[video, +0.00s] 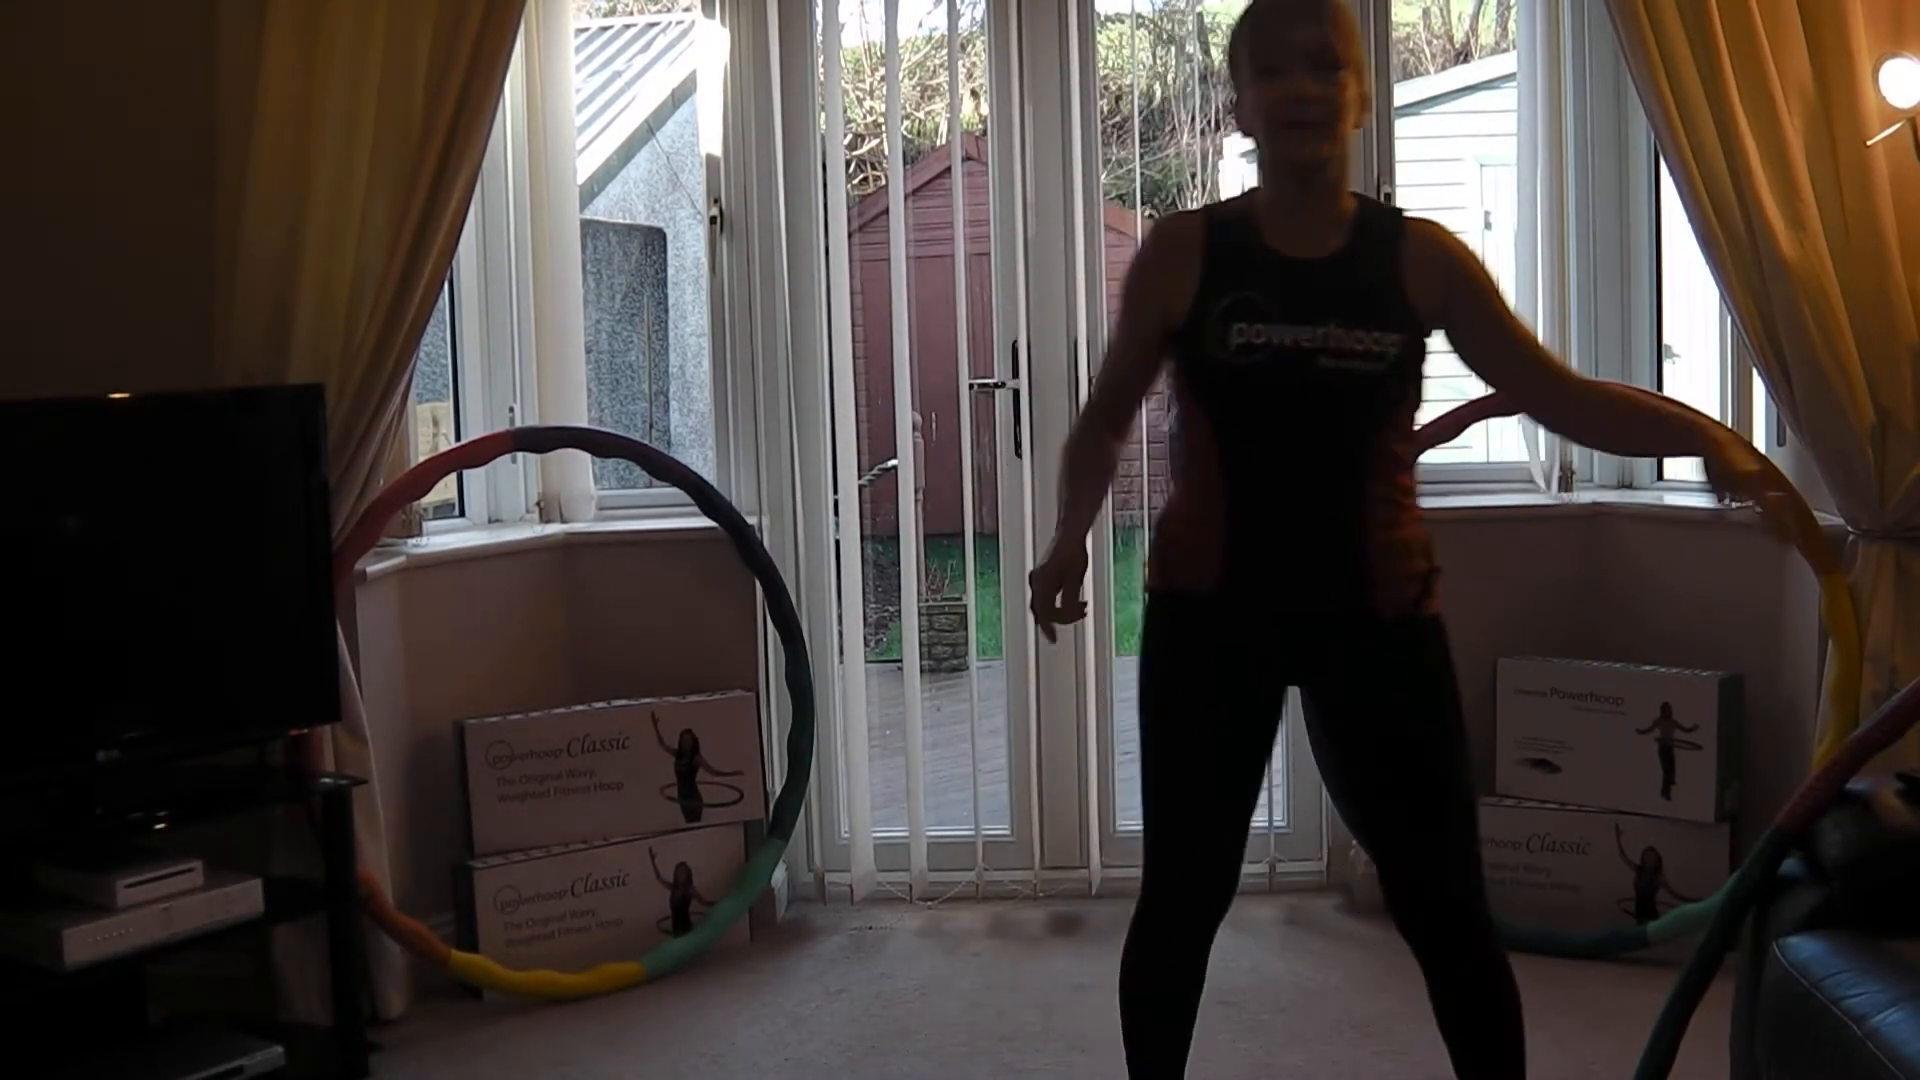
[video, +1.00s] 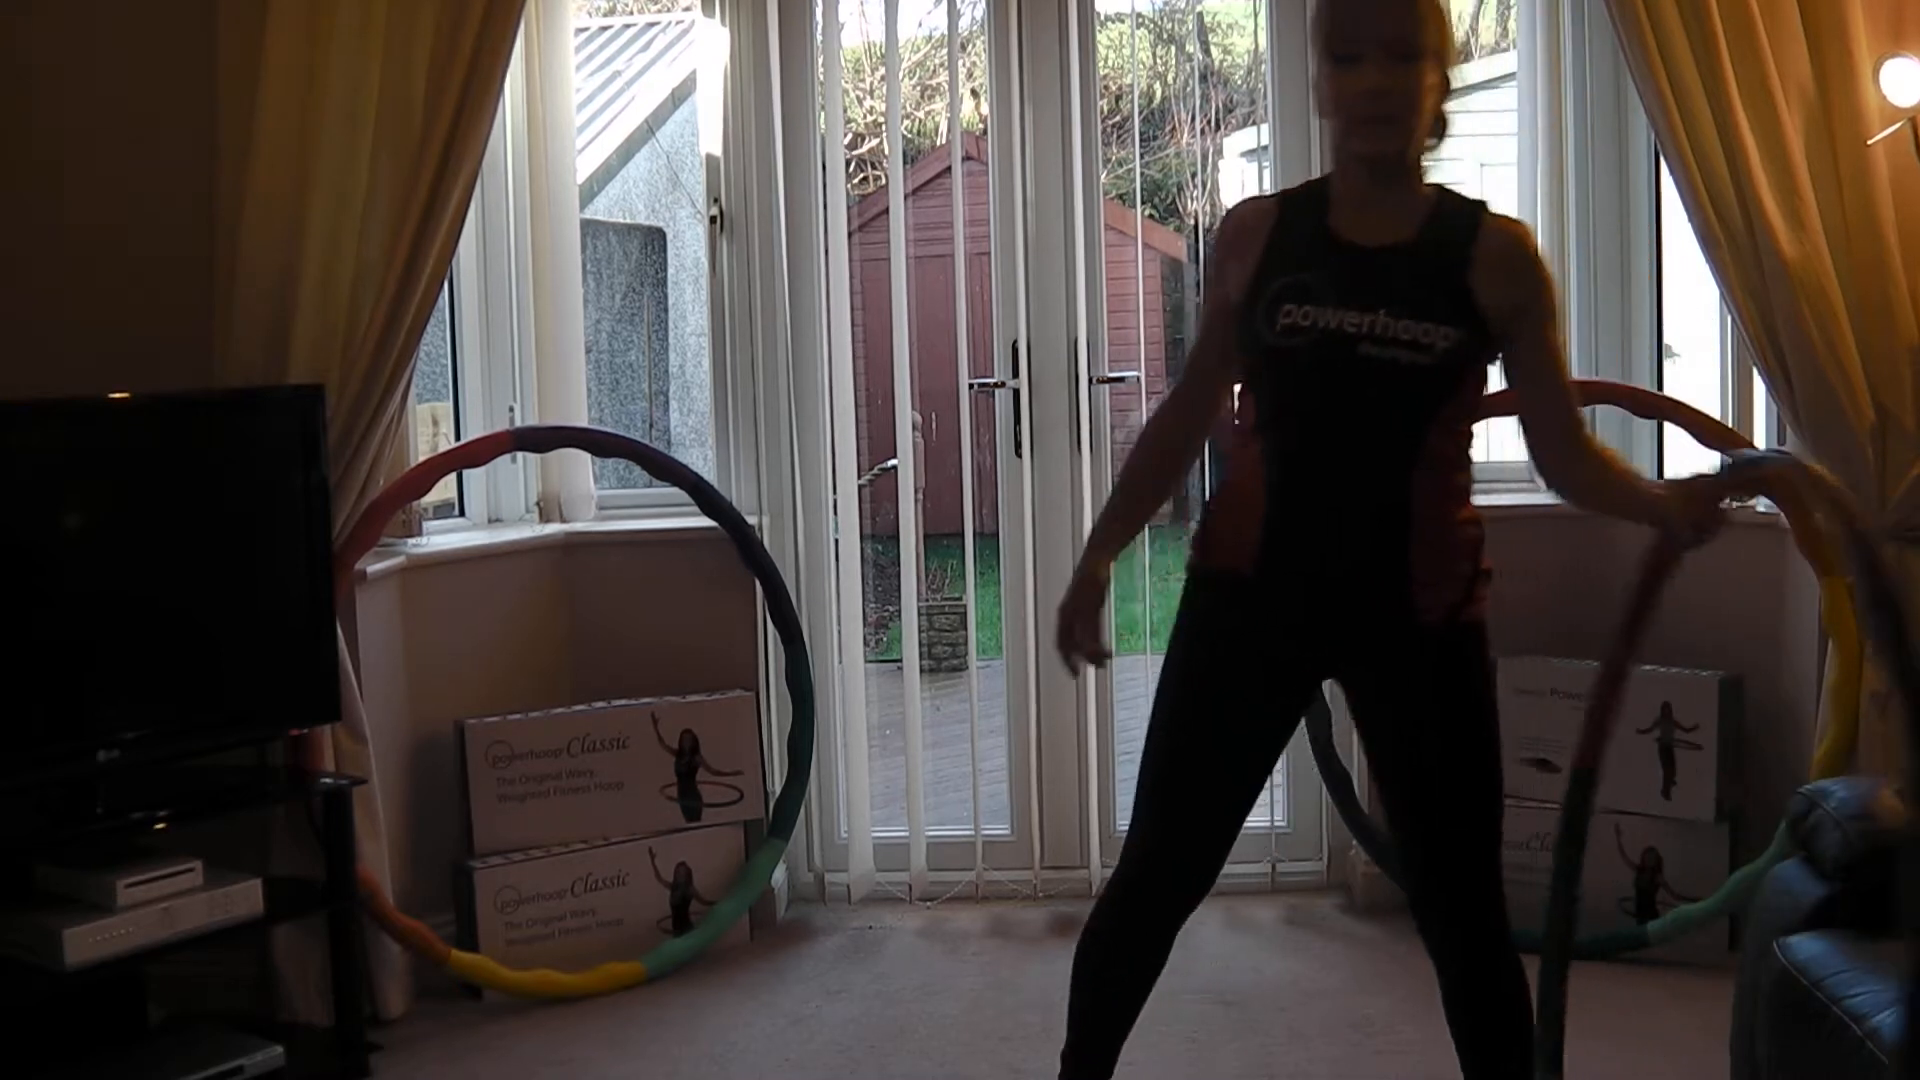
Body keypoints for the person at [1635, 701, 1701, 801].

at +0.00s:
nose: (1667, 712)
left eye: (1668, 710)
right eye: (1665, 710)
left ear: (1670, 711)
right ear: (1662, 711)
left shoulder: (1671, 721)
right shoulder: (1659, 721)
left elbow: (1683, 730)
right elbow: (1650, 730)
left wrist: (1692, 729)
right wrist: (1641, 732)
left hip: (1669, 748)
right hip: (1662, 748)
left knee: (1670, 770)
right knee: (1667, 771)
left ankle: (1667, 791)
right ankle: (1665, 792)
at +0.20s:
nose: (1667, 712)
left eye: (1668, 710)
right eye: (1665, 710)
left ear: (1670, 711)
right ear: (1661, 711)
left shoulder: (1671, 722)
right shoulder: (1660, 721)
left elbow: (1684, 730)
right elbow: (1650, 730)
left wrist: (1693, 728)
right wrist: (1641, 732)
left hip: (1669, 747)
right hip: (1662, 747)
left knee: (1671, 769)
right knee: (1667, 770)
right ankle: (1665, 791)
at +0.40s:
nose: (1666, 712)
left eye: (1668, 710)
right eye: (1664, 710)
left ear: (1670, 711)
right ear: (1661, 711)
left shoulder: (1671, 722)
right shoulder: (1660, 721)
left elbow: (1683, 730)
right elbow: (1650, 730)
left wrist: (1693, 728)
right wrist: (1641, 731)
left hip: (1669, 747)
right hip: (1662, 747)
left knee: (1671, 769)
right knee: (1667, 770)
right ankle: (1665, 791)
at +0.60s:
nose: (1666, 712)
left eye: (1668, 710)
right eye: (1664, 710)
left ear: (1670, 711)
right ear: (1661, 711)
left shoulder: (1671, 722)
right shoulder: (1659, 721)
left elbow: (1683, 730)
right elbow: (1650, 730)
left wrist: (1693, 728)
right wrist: (1641, 731)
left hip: (1669, 747)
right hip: (1662, 747)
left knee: (1671, 768)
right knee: (1667, 770)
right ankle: (1665, 791)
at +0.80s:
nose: (1666, 712)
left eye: (1668, 710)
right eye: (1665, 710)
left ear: (1670, 710)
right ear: (1662, 711)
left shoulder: (1672, 722)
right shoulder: (1660, 721)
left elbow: (1683, 730)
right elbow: (1650, 730)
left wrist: (1693, 728)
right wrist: (1640, 732)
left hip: (1669, 747)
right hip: (1662, 747)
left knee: (1671, 768)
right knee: (1667, 769)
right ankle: (1665, 791)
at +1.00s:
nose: (1667, 712)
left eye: (1669, 710)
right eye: (1665, 710)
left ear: (1670, 710)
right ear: (1662, 710)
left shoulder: (1671, 721)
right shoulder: (1660, 721)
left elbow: (1685, 730)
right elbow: (1651, 729)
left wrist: (1694, 728)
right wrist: (1641, 731)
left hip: (1669, 747)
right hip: (1663, 747)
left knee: (1671, 768)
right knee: (1667, 770)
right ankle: (1666, 791)